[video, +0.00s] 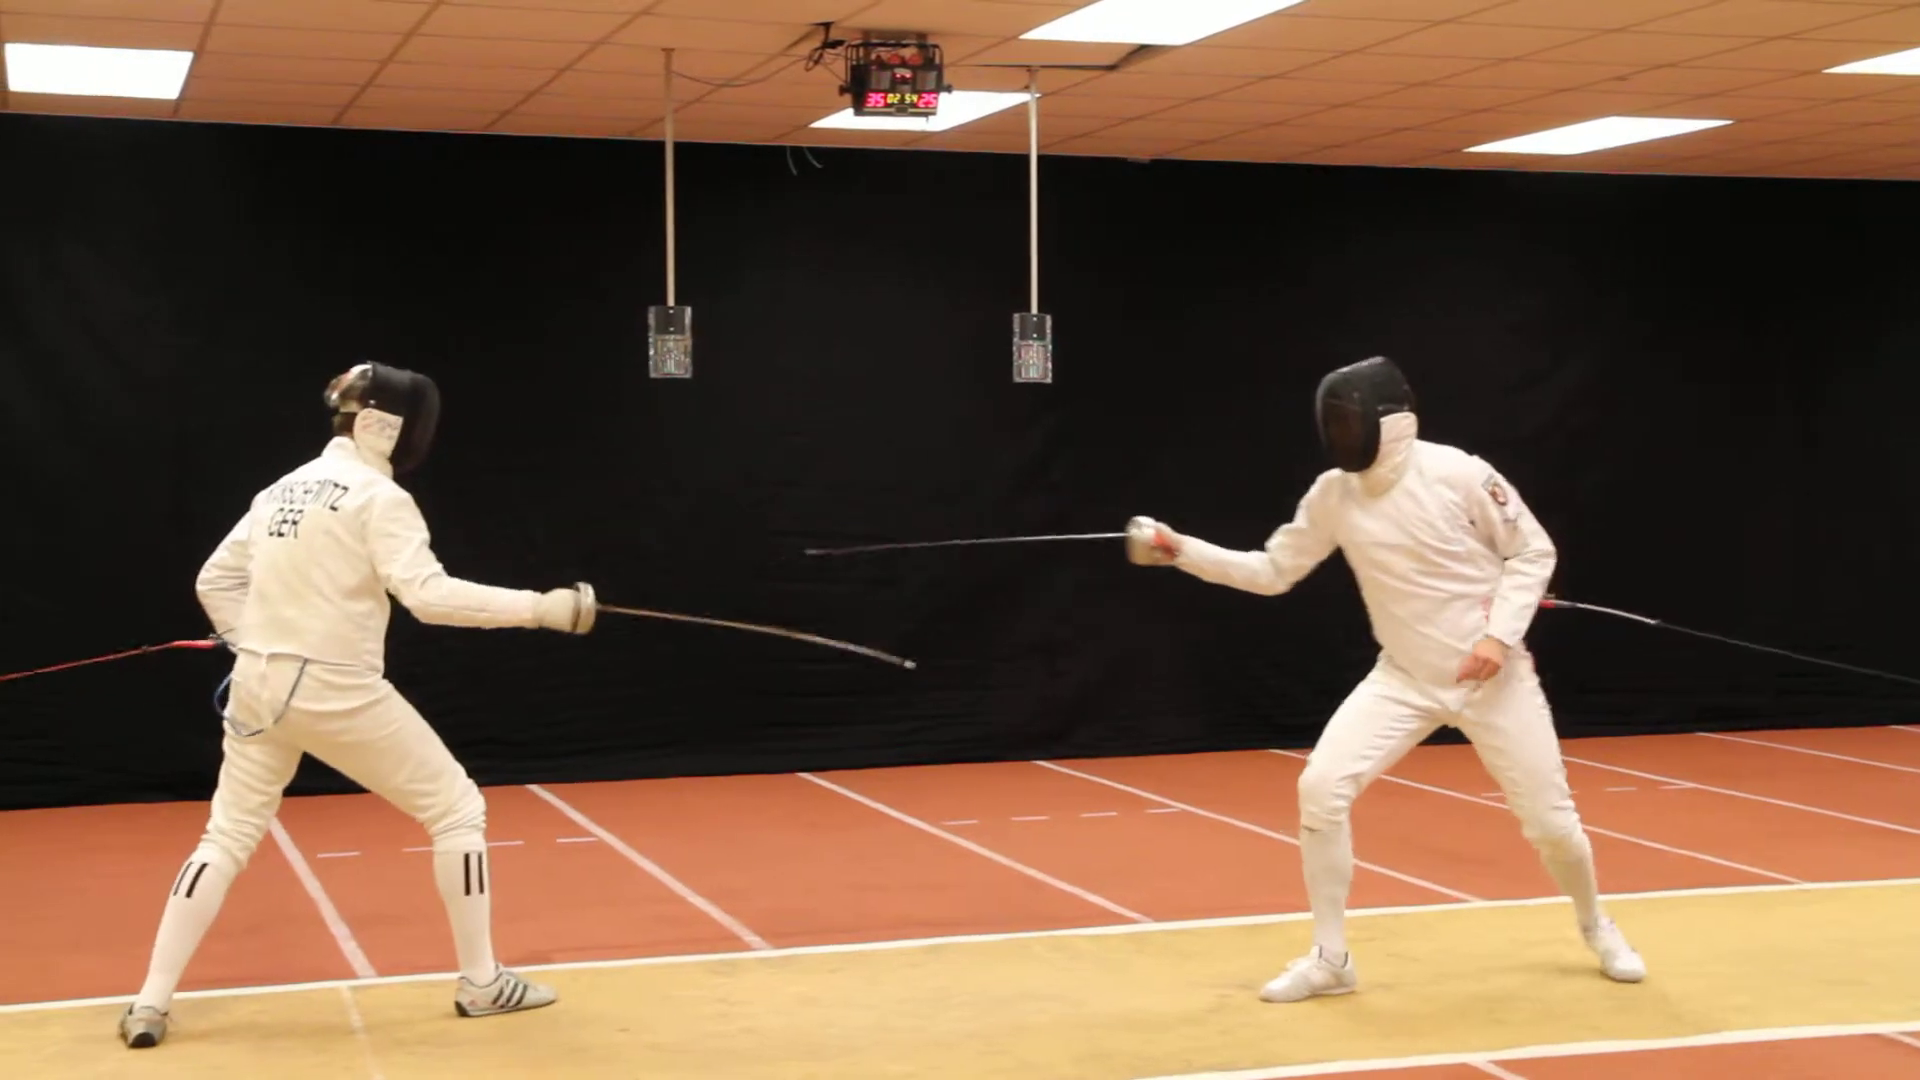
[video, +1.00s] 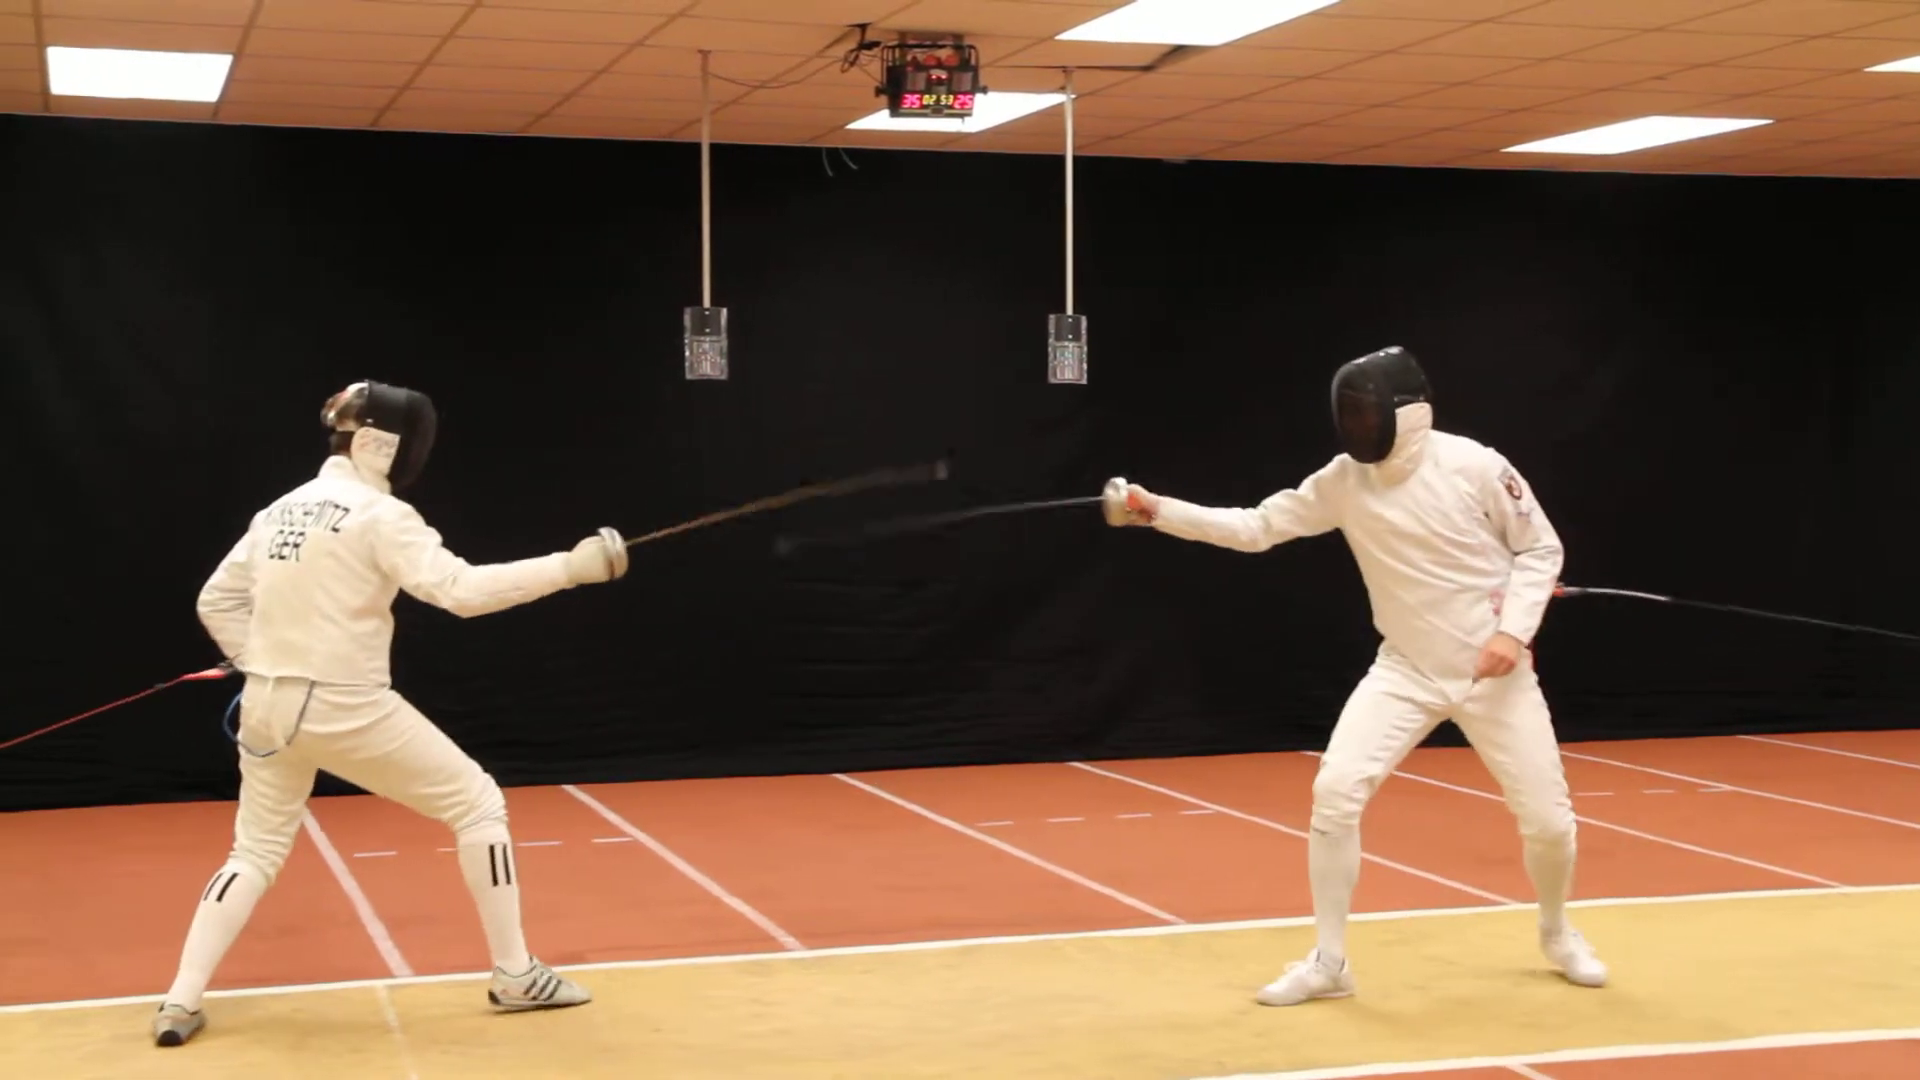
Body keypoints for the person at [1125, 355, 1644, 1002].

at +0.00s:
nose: (1339, 435)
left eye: (1351, 420)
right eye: (1335, 422)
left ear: (1390, 419)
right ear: (1334, 427)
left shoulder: (1460, 476)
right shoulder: (1334, 496)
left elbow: (1534, 554)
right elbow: (1271, 571)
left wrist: (1498, 636)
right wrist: (1178, 549)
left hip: (1496, 679)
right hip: (1402, 679)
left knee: (1554, 826)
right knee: (1321, 790)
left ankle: (1597, 929)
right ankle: (1329, 959)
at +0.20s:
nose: (1409, 417)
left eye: (1422, 403)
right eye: (1406, 404)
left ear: (1464, 402)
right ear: (1406, 408)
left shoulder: (1529, 461)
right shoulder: (1406, 480)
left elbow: (1603, 541)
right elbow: (1352, 559)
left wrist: (1549, 616)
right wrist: (1264, 543)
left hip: (1558, 665)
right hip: (1466, 666)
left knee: (1590, 815)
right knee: (1393, 788)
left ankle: (1615, 936)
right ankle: (1354, 952)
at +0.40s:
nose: (1454, 407)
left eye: (1467, 394)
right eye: (1449, 394)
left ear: (1508, 393)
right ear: (1448, 396)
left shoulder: (1567, 457)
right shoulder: (1444, 468)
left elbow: (1641, 536)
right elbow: (1381, 545)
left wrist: (1594, 610)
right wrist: (1292, 522)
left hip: (1576, 662)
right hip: (1488, 661)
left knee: (1601, 814)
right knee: (1423, 785)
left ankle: (1621, 935)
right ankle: (1447, 942)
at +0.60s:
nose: (1448, 408)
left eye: (1460, 394)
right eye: (1444, 394)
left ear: (1500, 395)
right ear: (1446, 397)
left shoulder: (1565, 459)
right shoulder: (1439, 470)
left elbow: (1634, 540)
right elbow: (1366, 537)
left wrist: (1592, 616)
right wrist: (1276, 517)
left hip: (1570, 664)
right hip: (1481, 661)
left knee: (1600, 815)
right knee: (1405, 781)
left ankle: (1626, 937)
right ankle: (1365, 944)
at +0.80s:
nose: (1394, 425)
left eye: (1407, 411)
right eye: (1391, 411)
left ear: (1450, 413)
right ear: (1393, 416)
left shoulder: (1517, 473)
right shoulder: (1388, 483)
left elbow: (1582, 555)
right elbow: (1307, 539)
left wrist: (1554, 634)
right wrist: (1205, 523)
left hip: (1529, 680)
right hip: (1437, 675)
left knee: (1576, 825)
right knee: (1358, 792)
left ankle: (1624, 937)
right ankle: (1325, 957)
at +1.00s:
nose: (1352, 425)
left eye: (1365, 411)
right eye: (1348, 412)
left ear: (1409, 409)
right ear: (1349, 415)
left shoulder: (1474, 468)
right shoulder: (1344, 483)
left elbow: (1541, 550)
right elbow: (1255, 527)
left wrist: (1512, 633)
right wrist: (1153, 509)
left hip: (1496, 675)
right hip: (1404, 672)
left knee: (1551, 825)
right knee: (1336, 792)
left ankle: (1557, 932)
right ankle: (1328, 961)